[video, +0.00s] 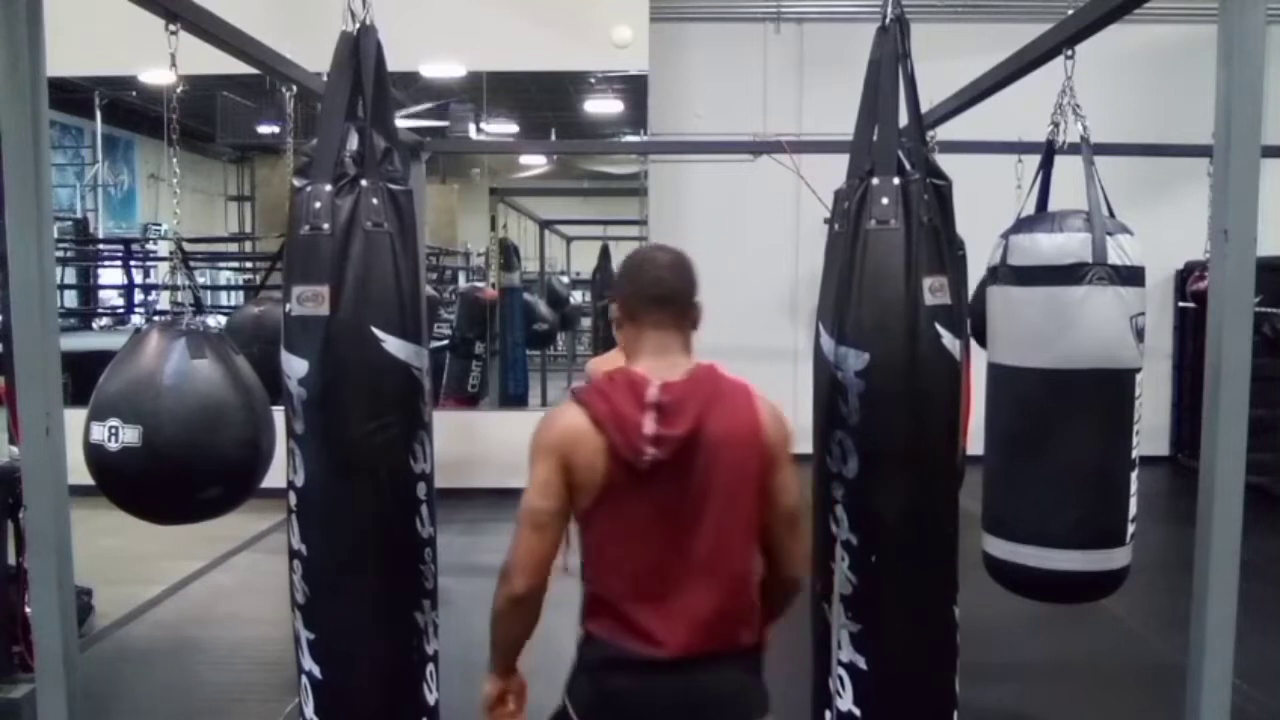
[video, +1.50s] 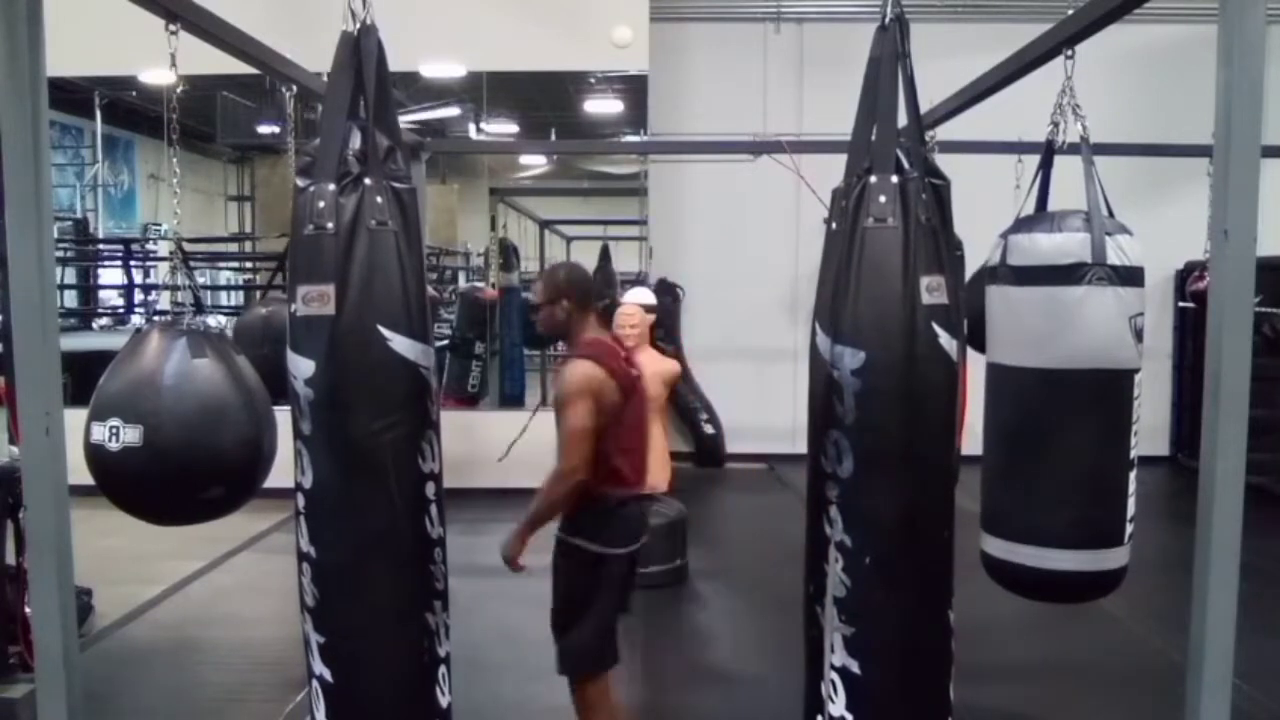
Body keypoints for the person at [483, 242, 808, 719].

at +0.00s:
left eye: (613, 314)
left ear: (617, 316)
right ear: (696, 317)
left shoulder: (571, 426)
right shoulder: (759, 417)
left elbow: (522, 584)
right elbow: (791, 569)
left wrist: (503, 668)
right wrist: (744, 622)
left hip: (615, 687)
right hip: (727, 686)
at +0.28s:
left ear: (587, 308)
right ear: (657, 308)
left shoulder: (544, 408)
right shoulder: (709, 397)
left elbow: (527, 552)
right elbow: (740, 535)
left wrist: (536, 643)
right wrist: (750, 647)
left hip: (589, 643)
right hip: (685, 643)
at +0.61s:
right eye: (678, 309)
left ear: (614, 316)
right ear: (675, 315)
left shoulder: (569, 393)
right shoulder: (707, 399)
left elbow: (535, 513)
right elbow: (714, 525)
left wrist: (536, 597)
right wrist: (719, 629)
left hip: (591, 617)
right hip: (676, 619)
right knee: (669, 711)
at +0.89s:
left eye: (619, 303)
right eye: (668, 300)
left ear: (615, 306)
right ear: (669, 304)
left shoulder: (580, 378)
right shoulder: (708, 374)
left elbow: (553, 488)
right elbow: (739, 482)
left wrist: (545, 556)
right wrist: (749, 543)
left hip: (603, 575)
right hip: (682, 575)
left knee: (592, 699)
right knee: (681, 709)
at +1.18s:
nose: (643, 315)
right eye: (639, 308)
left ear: (583, 314)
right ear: (630, 309)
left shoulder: (558, 384)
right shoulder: (677, 375)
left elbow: (549, 486)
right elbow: (711, 463)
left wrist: (543, 559)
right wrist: (725, 520)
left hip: (590, 561)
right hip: (664, 557)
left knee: (593, 684)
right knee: (678, 693)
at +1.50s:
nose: (536, 316)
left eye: (541, 306)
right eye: (536, 307)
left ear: (568, 306)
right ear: (584, 305)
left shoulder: (579, 373)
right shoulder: (615, 356)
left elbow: (572, 470)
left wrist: (523, 531)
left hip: (596, 520)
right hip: (625, 512)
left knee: (583, 659)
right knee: (594, 651)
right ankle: (605, 710)